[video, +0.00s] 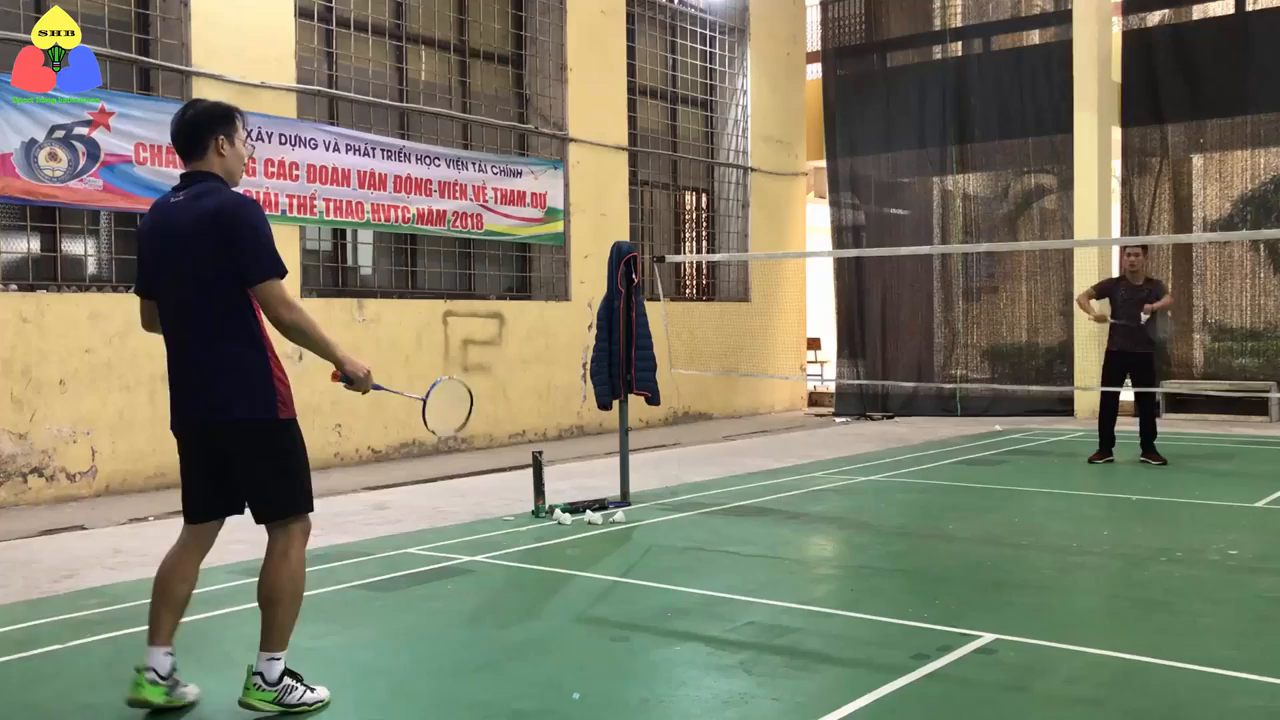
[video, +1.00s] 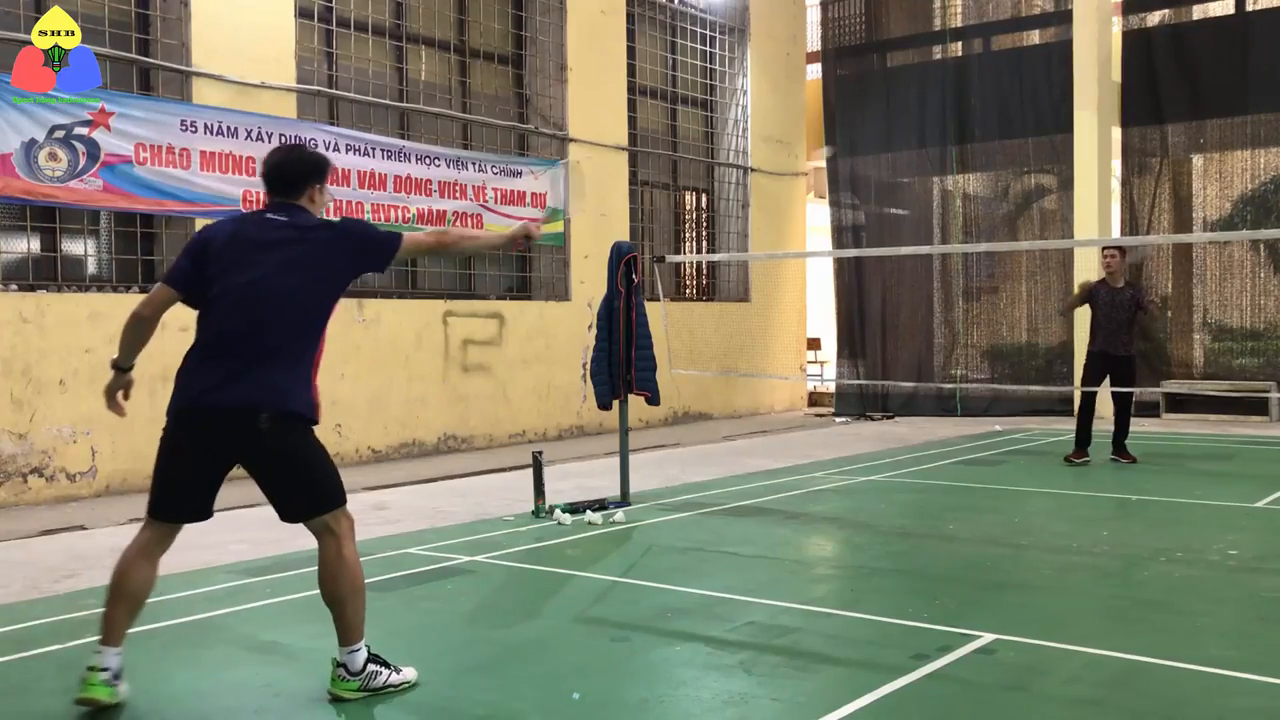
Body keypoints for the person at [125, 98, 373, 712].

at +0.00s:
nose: (249, 152)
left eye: (247, 140)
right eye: (244, 140)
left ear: (186, 149)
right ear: (222, 143)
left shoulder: (156, 217)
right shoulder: (237, 209)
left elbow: (152, 318)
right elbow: (281, 307)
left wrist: (220, 315)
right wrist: (342, 358)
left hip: (194, 407)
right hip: (257, 403)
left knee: (197, 530)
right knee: (290, 528)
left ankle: (156, 670)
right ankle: (270, 675)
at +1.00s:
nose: (330, 200)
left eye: (326, 190)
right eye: (327, 191)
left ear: (269, 189)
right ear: (314, 192)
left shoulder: (219, 234)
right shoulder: (336, 236)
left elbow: (148, 310)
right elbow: (438, 240)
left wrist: (123, 364)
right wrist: (506, 237)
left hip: (196, 412)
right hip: (276, 416)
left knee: (153, 534)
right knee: (335, 528)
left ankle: (104, 667)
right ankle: (354, 663)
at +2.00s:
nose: (213, 276)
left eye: (215, 269)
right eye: (214, 269)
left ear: (156, 256)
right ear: (205, 271)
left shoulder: (91, 281)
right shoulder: (209, 326)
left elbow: (8, 333)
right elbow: (261, 399)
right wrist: (267, 440)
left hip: (21, 439)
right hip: (104, 449)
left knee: (29, 555)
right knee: (208, 559)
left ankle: (14, 688)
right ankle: (217, 706)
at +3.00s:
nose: (168, 231)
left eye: (168, 221)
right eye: (166, 222)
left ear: (101, 220)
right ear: (152, 229)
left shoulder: (30, 256)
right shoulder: (152, 294)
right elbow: (224, 369)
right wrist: (192, 371)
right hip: (41, 435)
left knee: (14, 548)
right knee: (115, 566)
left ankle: (9, 681)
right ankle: (106, 711)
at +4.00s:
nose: (149, 183)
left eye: (148, 174)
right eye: (147, 175)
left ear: (80, 174)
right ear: (137, 180)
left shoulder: (17, 221)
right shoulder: (148, 259)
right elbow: (235, 313)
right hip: (41, 426)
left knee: (1, 543)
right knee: (93, 562)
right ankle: (112, 711)